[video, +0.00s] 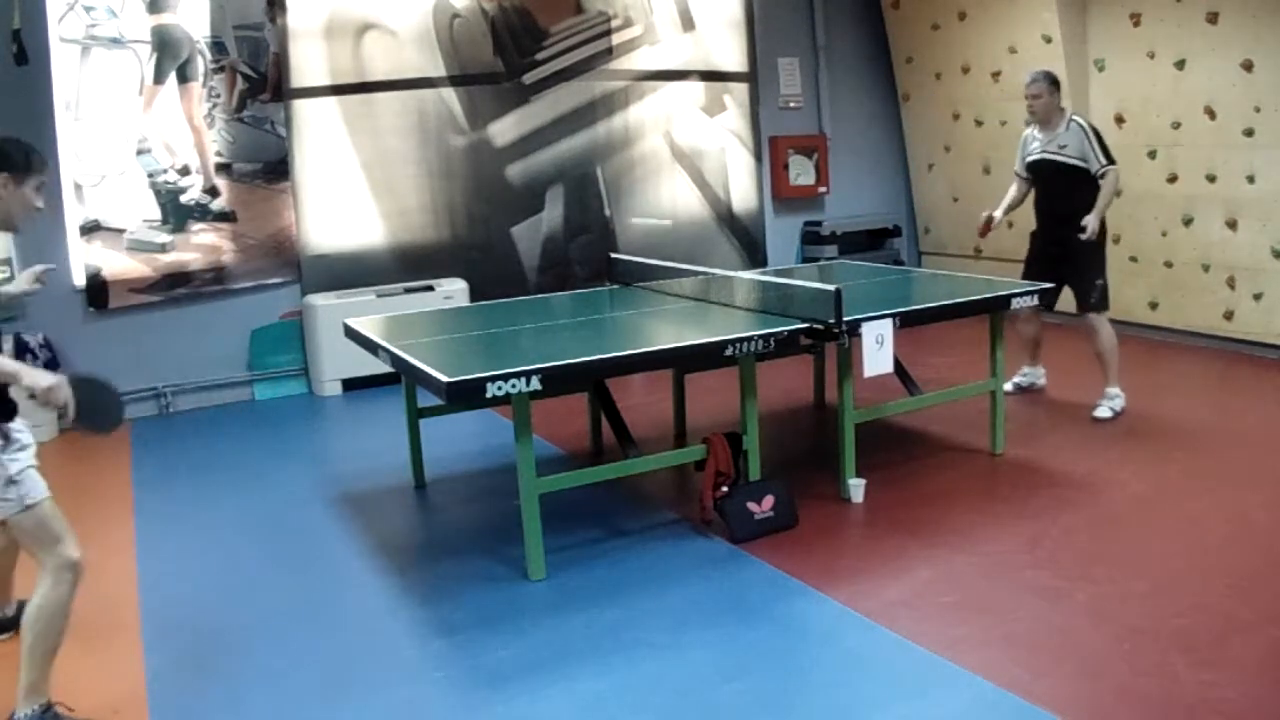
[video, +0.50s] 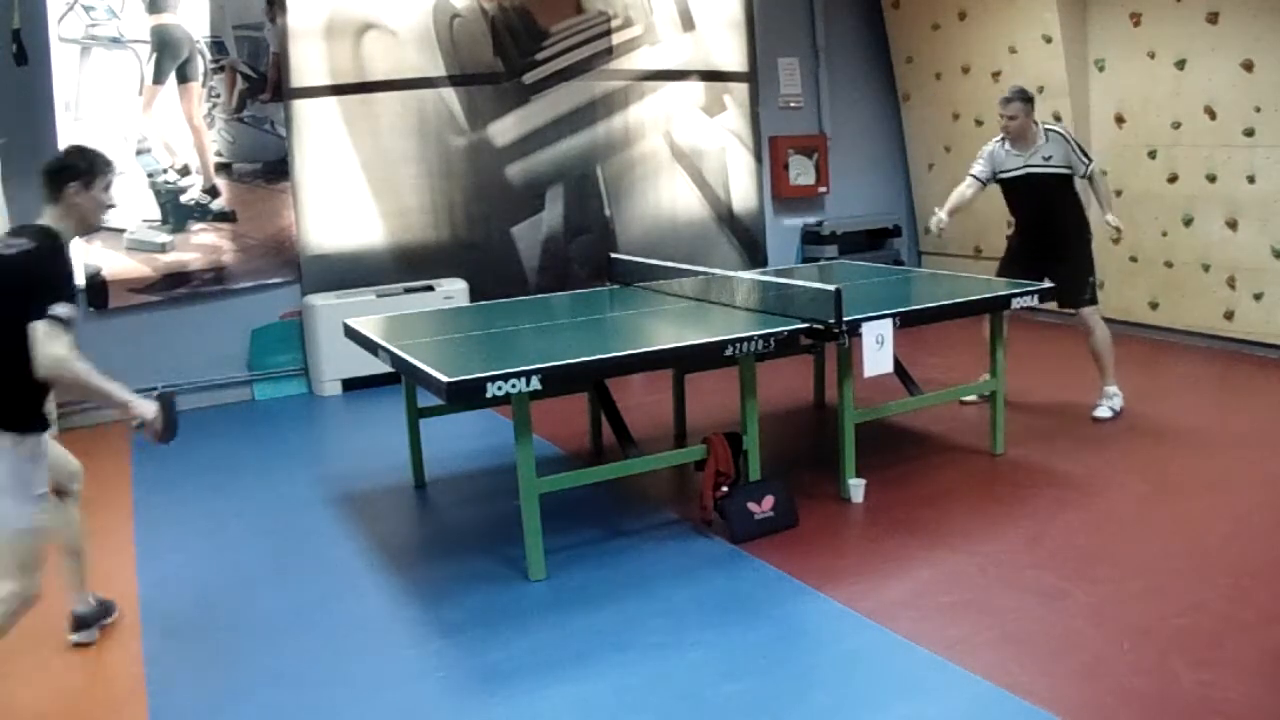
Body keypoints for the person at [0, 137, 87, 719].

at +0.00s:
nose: (40, 202)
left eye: (41, 192)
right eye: (35, 190)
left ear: (12, 189)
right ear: (6, 187)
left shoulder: (7, 245)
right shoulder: (3, 250)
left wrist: (16, 288)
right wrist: (30, 376)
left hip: (12, 431)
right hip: (7, 437)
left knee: (18, 521)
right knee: (62, 560)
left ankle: (4, 608)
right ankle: (32, 705)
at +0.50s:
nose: (109, 203)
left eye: (110, 192)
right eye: (104, 191)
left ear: (67, 193)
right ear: (74, 192)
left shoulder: (21, 243)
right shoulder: (46, 252)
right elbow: (51, 358)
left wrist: (182, 265)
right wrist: (131, 402)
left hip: (16, 429)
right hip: (11, 435)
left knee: (68, 476)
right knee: (18, 588)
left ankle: (83, 606)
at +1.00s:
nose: (222, 243)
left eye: (221, 234)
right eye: (219, 235)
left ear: (172, 233)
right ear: (202, 236)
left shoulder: (129, 264)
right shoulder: (216, 280)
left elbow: (82, 290)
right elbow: (268, 313)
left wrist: (26, 317)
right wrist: (287, 298)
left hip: (111, 397)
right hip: (170, 399)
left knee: (182, 463)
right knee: (214, 508)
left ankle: (214, 537)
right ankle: (187, 589)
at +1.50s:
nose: (250, 187)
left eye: (251, 179)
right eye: (244, 179)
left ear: (211, 181)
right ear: (219, 180)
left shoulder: (168, 221)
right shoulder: (228, 227)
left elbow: (136, 286)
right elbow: (280, 285)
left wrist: (124, 340)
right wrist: (323, 297)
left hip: (154, 345)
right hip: (201, 345)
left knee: (194, 407)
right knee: (273, 404)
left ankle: (179, 501)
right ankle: (303, 501)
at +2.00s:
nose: (289, 183)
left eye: (289, 174)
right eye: (283, 174)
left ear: (246, 177)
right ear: (257, 176)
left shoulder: (212, 214)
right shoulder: (252, 219)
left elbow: (186, 267)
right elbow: (259, 290)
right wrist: (309, 309)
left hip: (177, 333)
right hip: (216, 335)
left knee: (205, 413)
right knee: (296, 410)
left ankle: (178, 507)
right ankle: (290, 523)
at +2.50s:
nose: (386, 229)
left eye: (385, 221)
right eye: (382, 220)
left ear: (344, 216)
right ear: (363, 219)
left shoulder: (291, 245)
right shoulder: (366, 251)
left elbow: (245, 302)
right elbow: (441, 264)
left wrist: (213, 355)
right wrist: (493, 266)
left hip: (231, 355)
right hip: (278, 366)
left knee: (234, 424)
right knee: (369, 404)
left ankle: (185, 506)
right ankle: (377, 512)